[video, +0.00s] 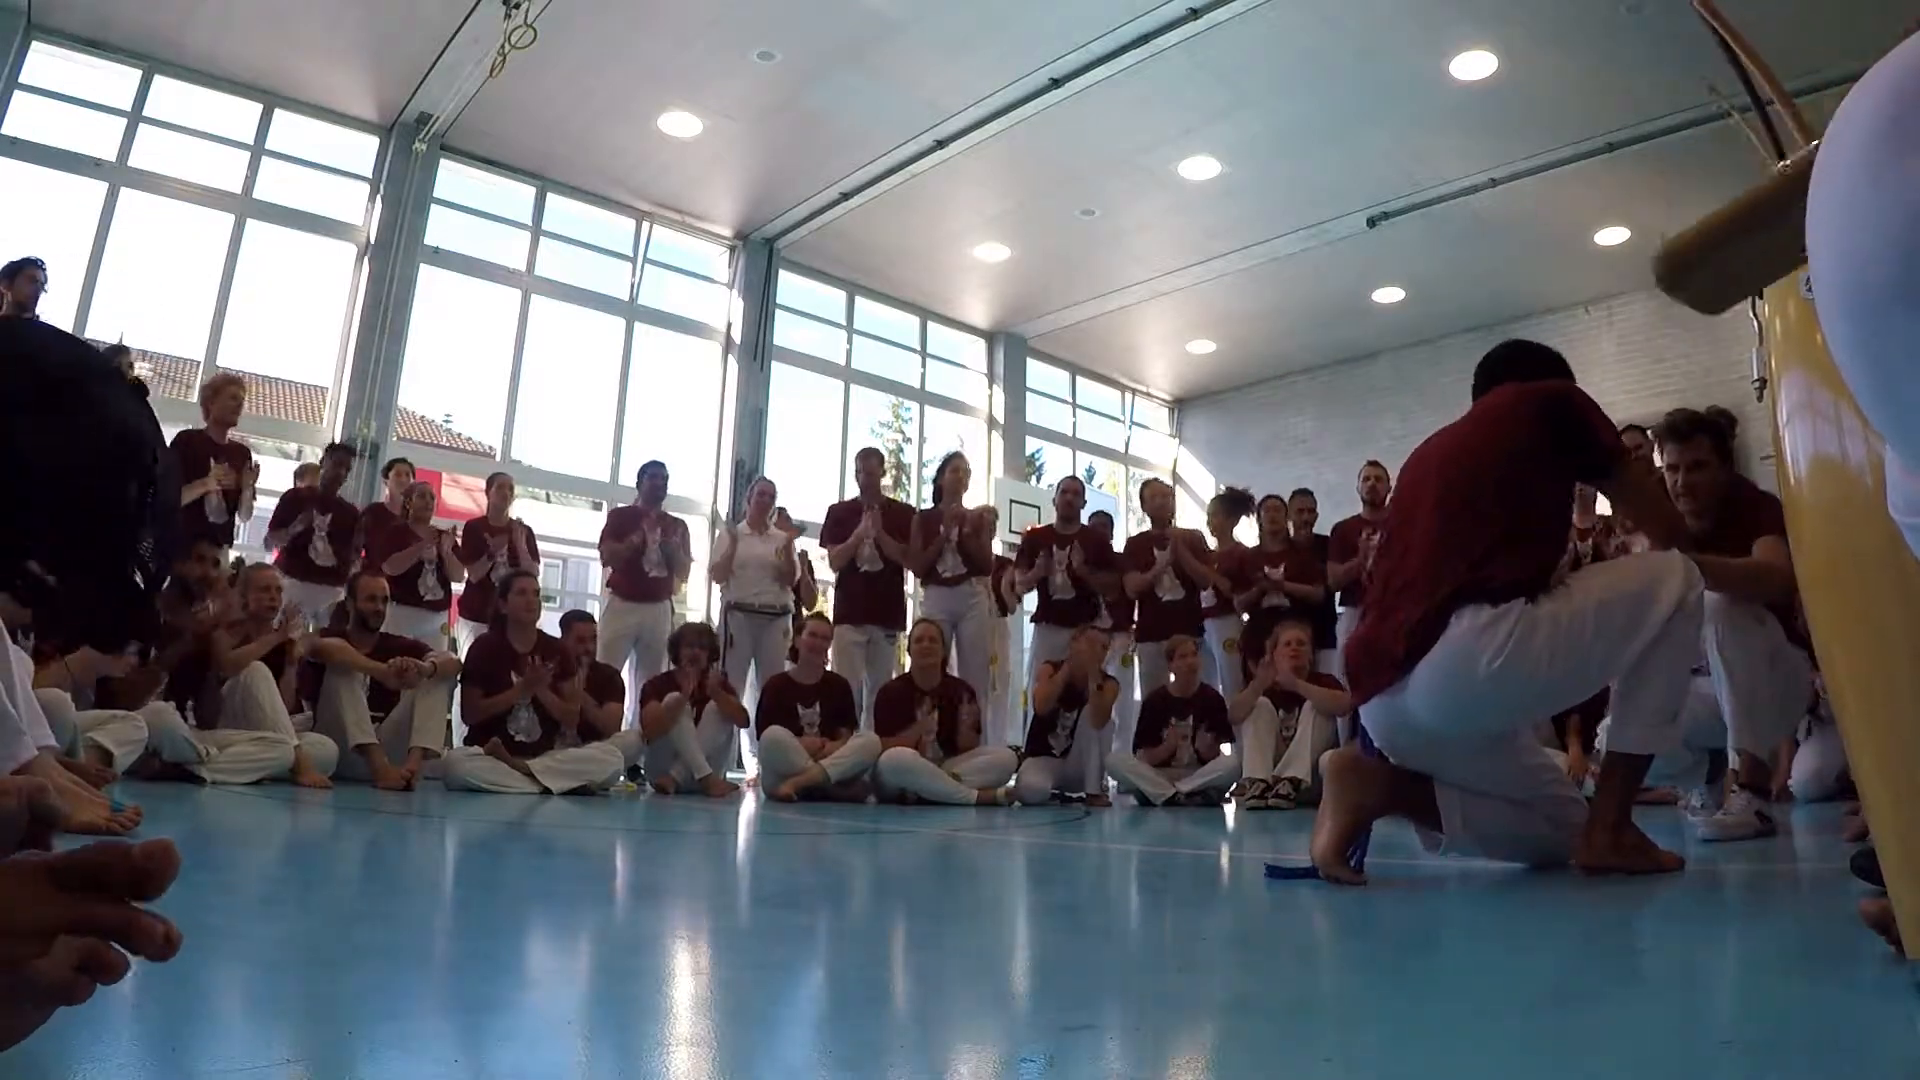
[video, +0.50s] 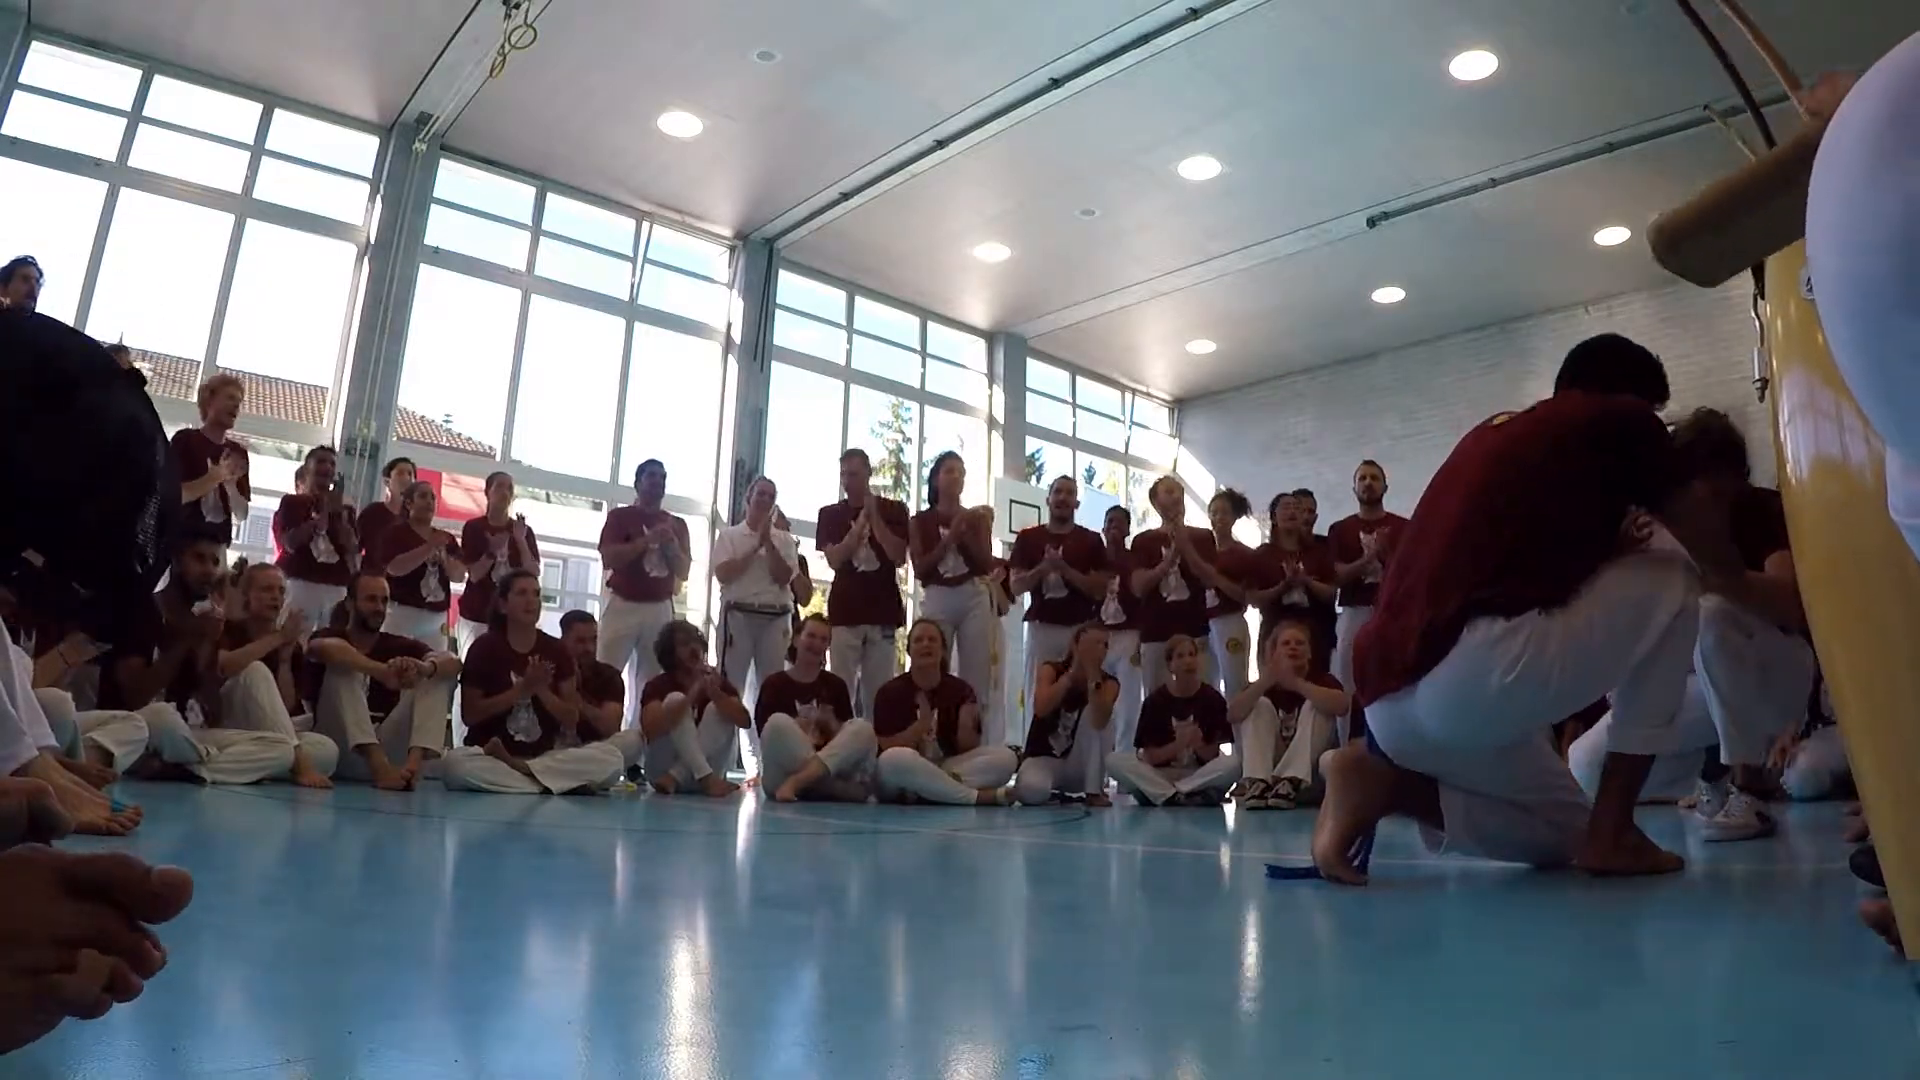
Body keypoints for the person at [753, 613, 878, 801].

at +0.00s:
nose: (818, 643)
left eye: (825, 639)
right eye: (813, 636)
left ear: (830, 645)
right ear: (797, 639)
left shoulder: (839, 685)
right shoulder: (776, 684)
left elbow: (846, 737)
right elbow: (764, 737)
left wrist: (832, 747)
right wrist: (800, 744)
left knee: (871, 741)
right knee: (773, 736)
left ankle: (797, 784)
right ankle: (835, 789)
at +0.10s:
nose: (818, 643)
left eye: (824, 639)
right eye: (812, 635)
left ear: (830, 646)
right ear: (797, 639)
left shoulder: (839, 685)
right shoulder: (776, 684)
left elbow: (846, 736)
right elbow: (764, 736)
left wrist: (832, 747)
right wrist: (801, 744)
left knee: (870, 741)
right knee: (773, 736)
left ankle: (796, 784)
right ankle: (835, 789)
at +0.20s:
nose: (817, 642)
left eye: (824, 638)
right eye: (811, 635)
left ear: (829, 645)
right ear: (796, 639)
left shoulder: (838, 685)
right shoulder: (775, 684)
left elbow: (848, 735)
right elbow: (764, 737)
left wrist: (831, 745)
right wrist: (801, 742)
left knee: (869, 736)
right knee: (774, 734)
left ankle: (795, 784)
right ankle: (835, 790)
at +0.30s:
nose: (817, 642)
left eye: (824, 638)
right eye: (811, 635)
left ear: (829, 645)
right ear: (796, 639)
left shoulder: (838, 685)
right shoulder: (775, 684)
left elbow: (847, 735)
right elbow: (765, 737)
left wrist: (832, 742)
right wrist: (802, 741)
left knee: (867, 735)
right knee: (775, 731)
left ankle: (795, 784)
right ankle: (836, 789)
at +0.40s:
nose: (817, 642)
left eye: (824, 638)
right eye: (811, 635)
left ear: (829, 645)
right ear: (796, 639)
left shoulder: (837, 685)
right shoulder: (774, 684)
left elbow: (848, 733)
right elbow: (764, 736)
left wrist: (826, 736)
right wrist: (801, 731)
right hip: (783, 776)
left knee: (865, 732)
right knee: (776, 728)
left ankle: (796, 784)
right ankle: (836, 789)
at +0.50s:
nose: (817, 644)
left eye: (823, 640)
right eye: (811, 636)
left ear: (828, 646)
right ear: (796, 639)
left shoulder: (836, 685)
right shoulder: (774, 683)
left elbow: (848, 731)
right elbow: (764, 733)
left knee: (863, 729)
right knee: (778, 723)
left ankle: (795, 784)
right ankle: (837, 788)